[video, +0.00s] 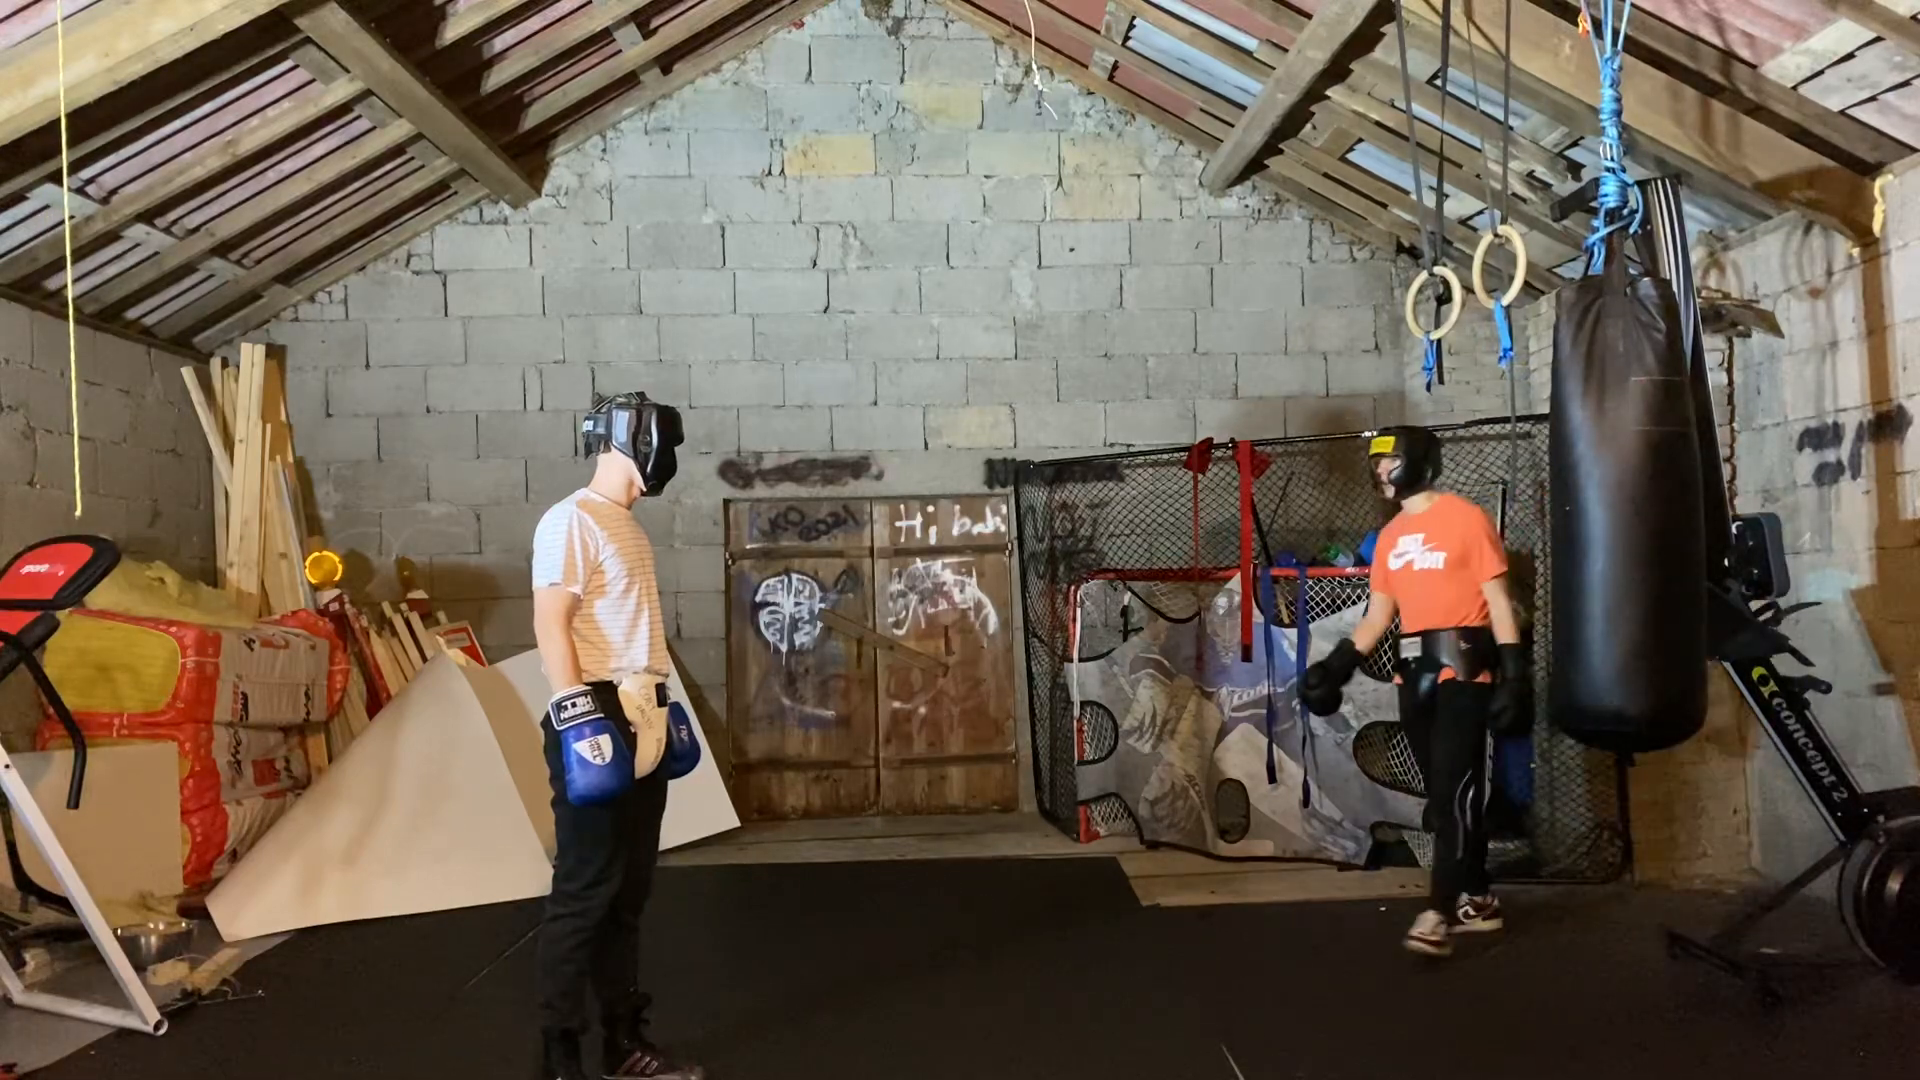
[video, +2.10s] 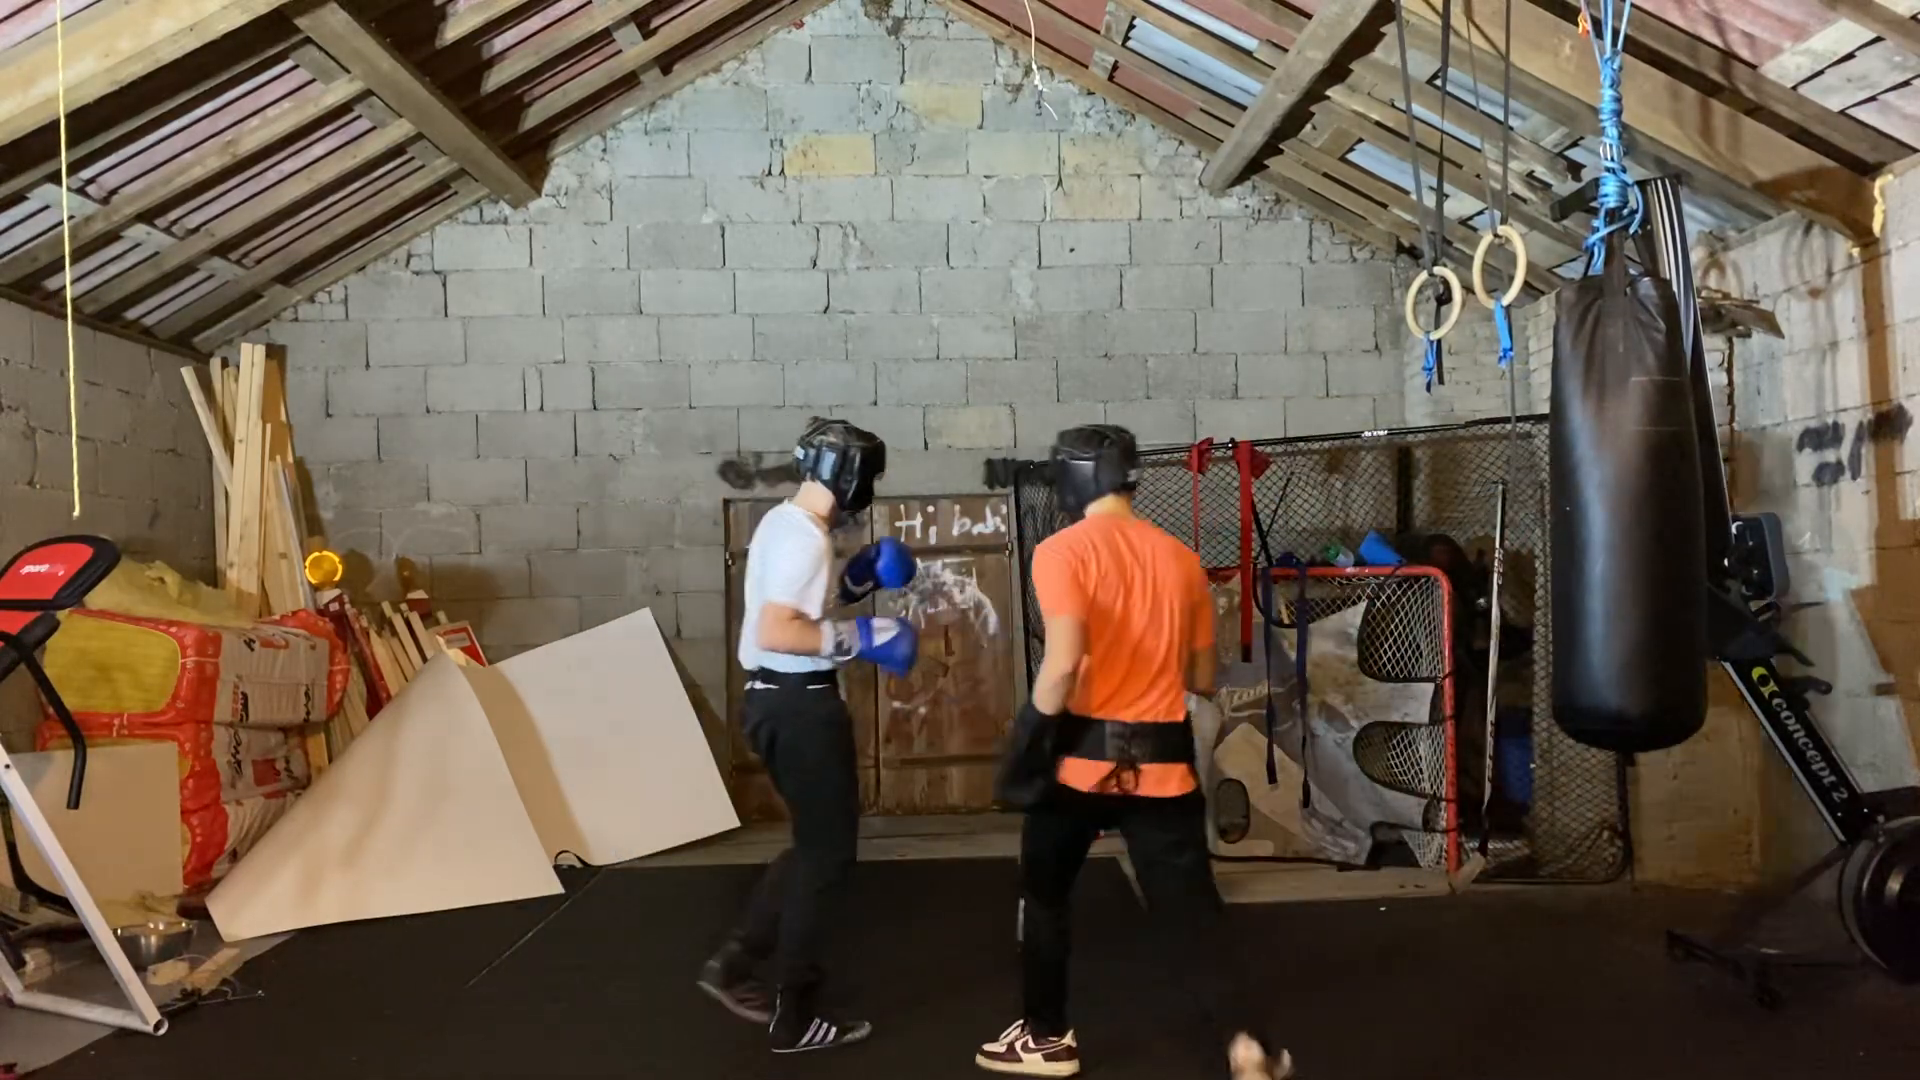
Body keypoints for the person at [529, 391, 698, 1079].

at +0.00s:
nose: (664, 466)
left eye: (665, 452)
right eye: (657, 451)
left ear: (630, 448)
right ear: (624, 445)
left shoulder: (631, 530)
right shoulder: (567, 521)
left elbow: (642, 626)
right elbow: (550, 623)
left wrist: (667, 704)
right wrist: (581, 719)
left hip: (643, 716)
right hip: (592, 720)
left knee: (627, 891)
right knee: (583, 893)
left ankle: (622, 1046)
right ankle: (561, 1058)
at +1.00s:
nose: (694, 466)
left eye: (693, 452)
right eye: (686, 452)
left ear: (643, 450)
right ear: (654, 450)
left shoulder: (637, 522)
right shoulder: (616, 520)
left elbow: (628, 622)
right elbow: (592, 617)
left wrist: (672, 702)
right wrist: (660, 698)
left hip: (635, 714)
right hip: (609, 715)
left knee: (640, 879)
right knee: (611, 883)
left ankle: (623, 1042)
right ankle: (571, 1055)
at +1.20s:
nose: (700, 468)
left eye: (699, 454)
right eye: (694, 453)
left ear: (646, 448)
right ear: (666, 449)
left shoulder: (643, 520)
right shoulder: (630, 519)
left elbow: (655, 627)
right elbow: (631, 618)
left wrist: (731, 633)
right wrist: (724, 624)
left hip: (632, 708)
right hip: (631, 713)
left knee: (630, 872)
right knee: (668, 871)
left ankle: (625, 1038)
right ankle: (607, 1048)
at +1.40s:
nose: (716, 477)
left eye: (716, 463)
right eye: (712, 462)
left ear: (662, 452)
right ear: (691, 455)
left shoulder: (638, 518)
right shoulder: (657, 519)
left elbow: (677, 610)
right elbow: (677, 609)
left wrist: (754, 592)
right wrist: (765, 582)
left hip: (628, 708)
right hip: (658, 711)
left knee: (641, 874)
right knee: (713, 868)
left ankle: (624, 1043)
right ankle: (710, 1045)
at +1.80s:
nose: (802, 488)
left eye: (803, 474)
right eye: (800, 473)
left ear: (747, 461)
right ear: (780, 467)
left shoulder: (715, 524)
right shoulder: (740, 528)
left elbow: (765, 602)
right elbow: (733, 624)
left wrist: (838, 578)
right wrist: (811, 609)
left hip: (701, 712)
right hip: (740, 715)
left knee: (688, 874)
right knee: (774, 867)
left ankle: (631, 1028)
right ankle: (793, 1017)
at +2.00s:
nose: (854, 499)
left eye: (855, 486)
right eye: (852, 486)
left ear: (801, 475)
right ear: (832, 485)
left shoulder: (774, 529)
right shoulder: (782, 543)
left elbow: (786, 612)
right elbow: (745, 633)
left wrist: (842, 594)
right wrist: (827, 644)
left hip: (761, 707)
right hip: (782, 713)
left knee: (784, 856)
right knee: (812, 860)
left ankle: (682, 978)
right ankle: (796, 1019)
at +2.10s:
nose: (868, 493)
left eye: (869, 480)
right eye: (866, 480)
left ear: (814, 469)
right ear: (847, 478)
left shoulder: (781, 523)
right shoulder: (804, 538)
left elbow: (804, 603)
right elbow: (775, 630)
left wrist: (857, 577)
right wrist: (855, 637)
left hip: (777, 699)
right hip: (800, 705)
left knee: (818, 844)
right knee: (827, 852)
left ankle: (735, 963)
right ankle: (795, 1019)